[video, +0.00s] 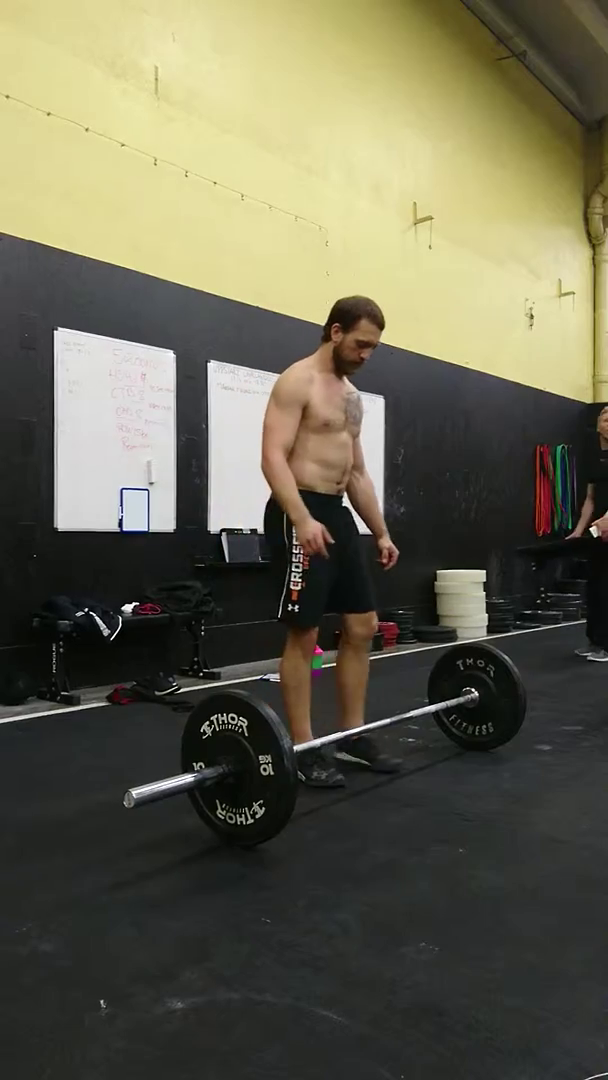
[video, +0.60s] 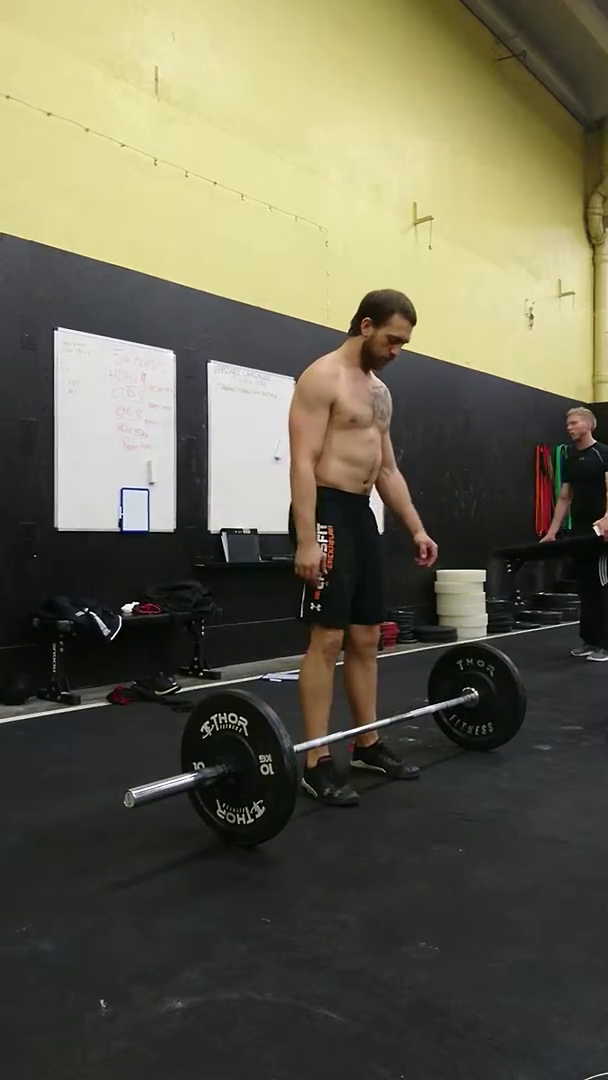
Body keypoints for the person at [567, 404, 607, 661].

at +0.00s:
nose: (605, 422)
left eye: (607, 418)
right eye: (603, 418)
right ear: (597, 424)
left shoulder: (601, 456)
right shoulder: (594, 455)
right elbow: (591, 498)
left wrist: (603, 522)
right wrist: (578, 531)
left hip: (604, 538)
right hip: (597, 536)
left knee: (600, 588)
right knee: (595, 587)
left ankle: (603, 645)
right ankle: (595, 642)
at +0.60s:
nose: (569, 427)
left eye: (574, 423)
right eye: (568, 424)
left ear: (589, 425)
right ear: (569, 428)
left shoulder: (603, 453)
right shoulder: (572, 457)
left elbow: (607, 493)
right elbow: (564, 497)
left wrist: (606, 519)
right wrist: (552, 531)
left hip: (600, 532)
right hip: (580, 533)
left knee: (600, 587)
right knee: (586, 587)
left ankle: (604, 644)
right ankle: (590, 641)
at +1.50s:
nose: (562, 430)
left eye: (566, 426)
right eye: (563, 426)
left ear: (580, 429)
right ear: (577, 429)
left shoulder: (593, 453)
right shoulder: (571, 454)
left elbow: (590, 491)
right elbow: (573, 492)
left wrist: (572, 520)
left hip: (595, 530)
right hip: (579, 530)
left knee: (597, 587)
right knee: (574, 584)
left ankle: (603, 645)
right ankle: (574, 640)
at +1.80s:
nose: (552, 433)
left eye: (555, 429)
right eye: (553, 430)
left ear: (566, 433)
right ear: (569, 434)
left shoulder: (571, 455)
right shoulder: (572, 455)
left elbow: (558, 493)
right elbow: (560, 494)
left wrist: (534, 521)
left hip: (590, 521)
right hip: (580, 521)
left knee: (581, 580)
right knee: (571, 580)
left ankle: (602, 643)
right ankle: (571, 643)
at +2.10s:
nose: (533, 459)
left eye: (533, 456)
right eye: (533, 456)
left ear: (537, 454)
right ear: (553, 451)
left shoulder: (549, 468)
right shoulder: (568, 468)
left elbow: (532, 507)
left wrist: (514, 537)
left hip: (588, 521)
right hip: (594, 520)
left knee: (573, 579)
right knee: (576, 580)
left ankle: (576, 646)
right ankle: (571, 642)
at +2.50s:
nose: (524, 496)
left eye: (523, 493)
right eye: (523, 494)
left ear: (524, 491)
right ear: (540, 484)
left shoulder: (532, 500)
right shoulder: (556, 494)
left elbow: (518, 539)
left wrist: (503, 571)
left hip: (590, 528)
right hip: (600, 524)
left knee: (568, 583)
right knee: (580, 585)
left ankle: (577, 648)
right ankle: (570, 642)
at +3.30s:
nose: (508, 505)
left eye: (508, 500)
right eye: (506, 502)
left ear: (519, 493)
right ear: (522, 492)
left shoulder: (530, 504)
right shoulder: (541, 499)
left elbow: (520, 546)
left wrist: (504, 578)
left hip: (590, 527)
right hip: (599, 525)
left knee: (569, 585)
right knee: (580, 586)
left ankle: (578, 648)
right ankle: (569, 642)